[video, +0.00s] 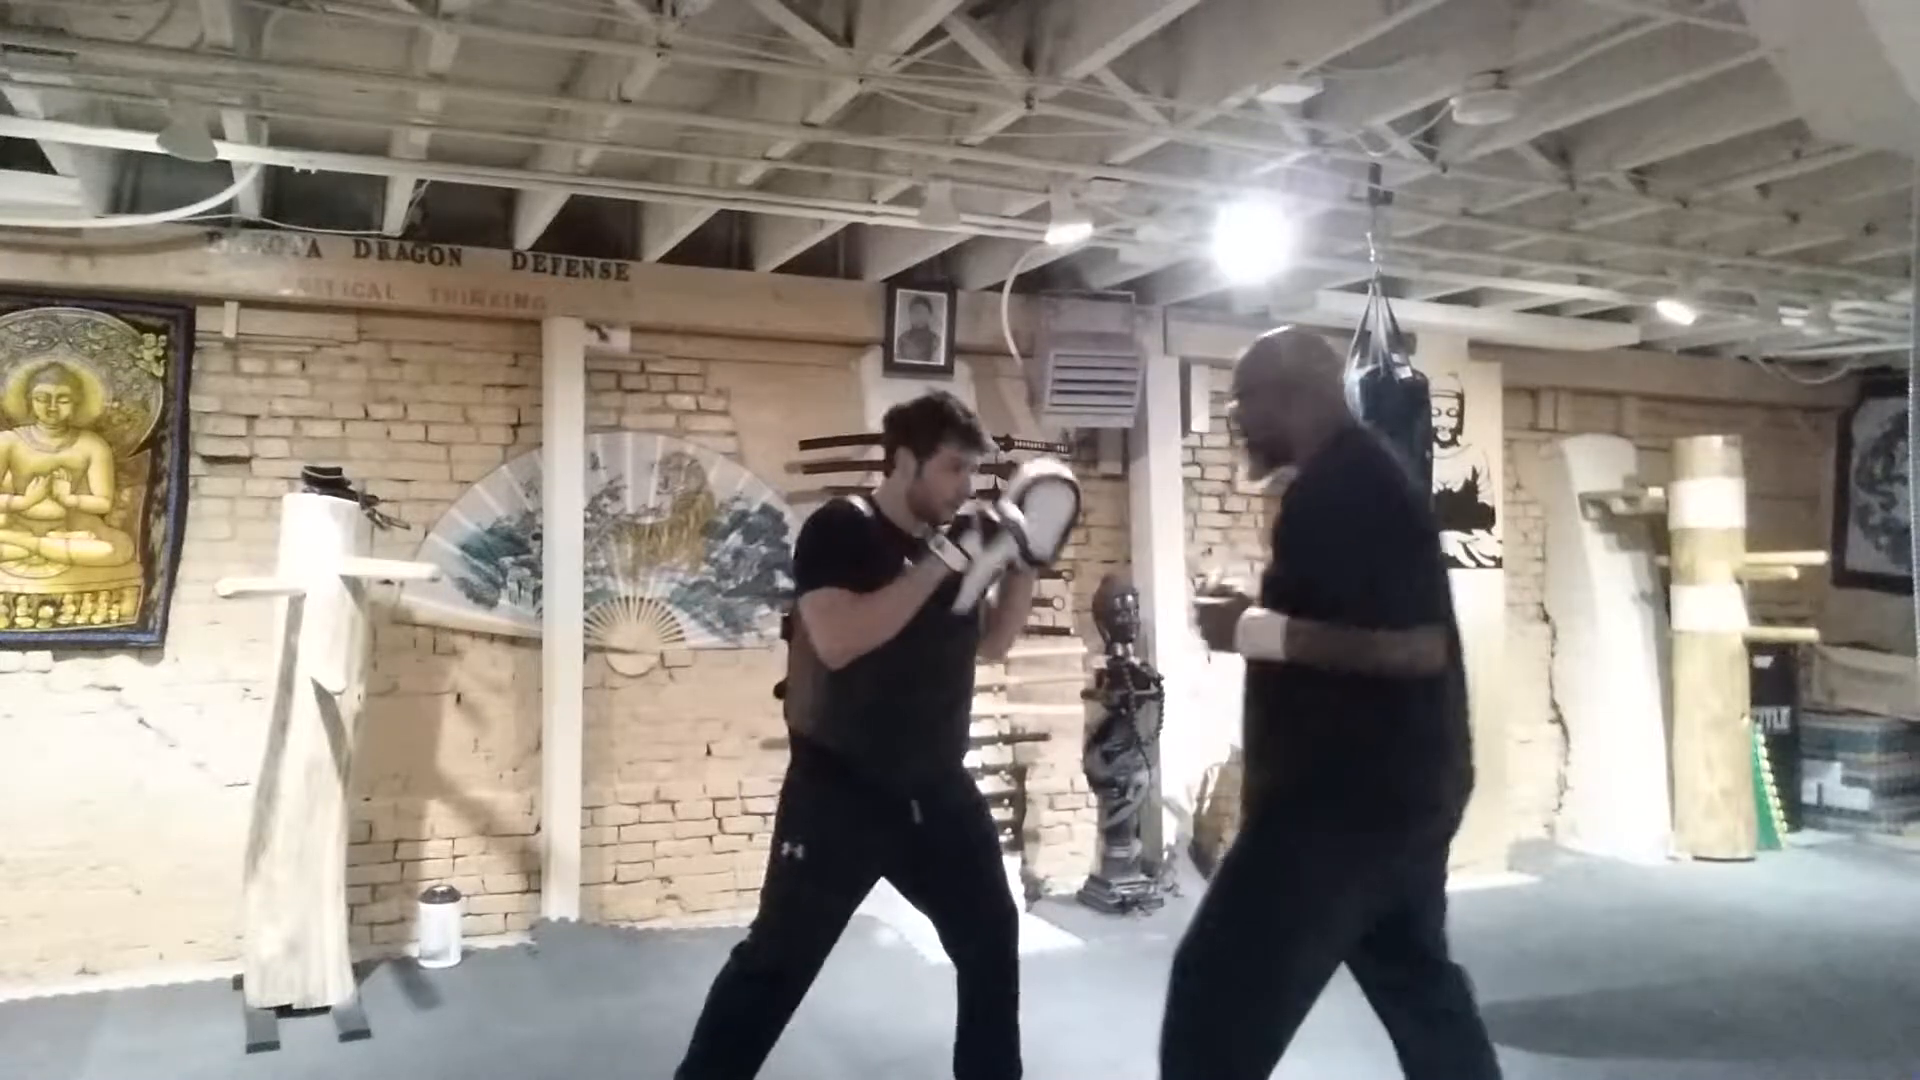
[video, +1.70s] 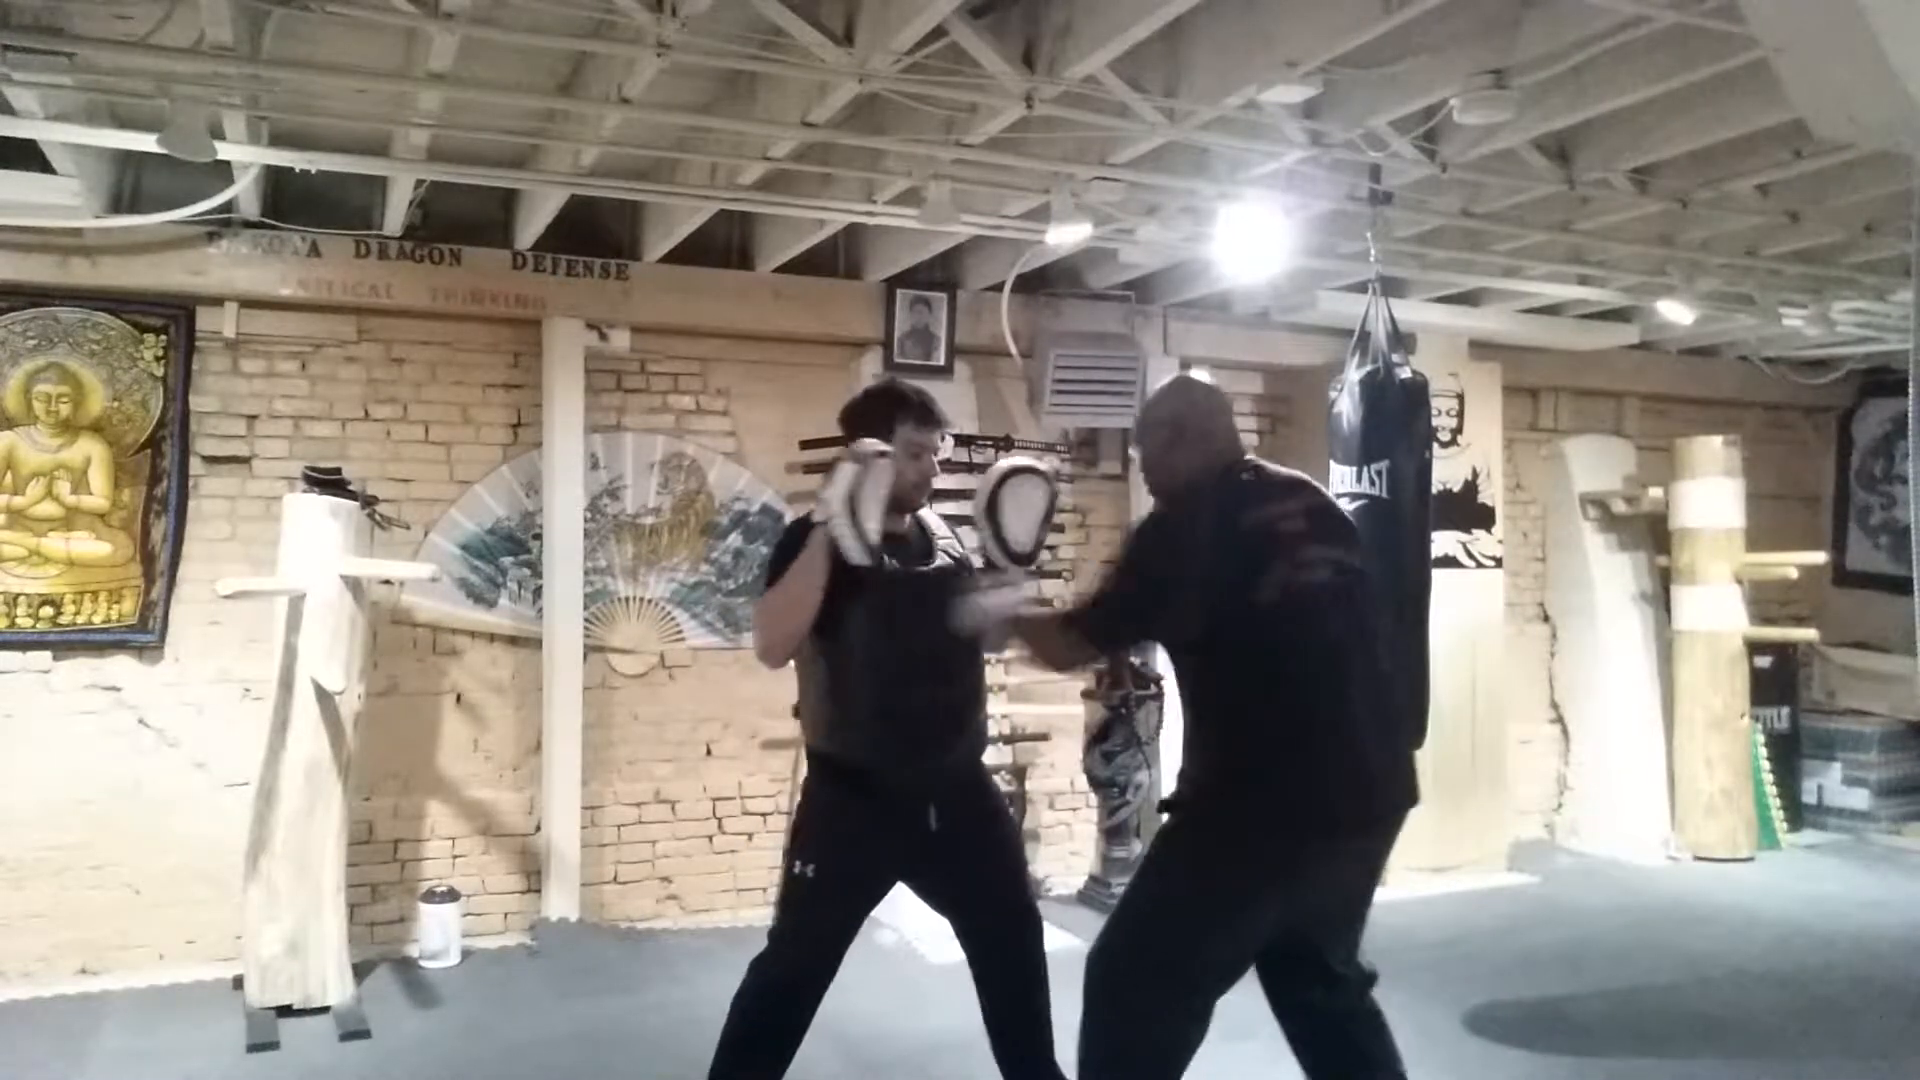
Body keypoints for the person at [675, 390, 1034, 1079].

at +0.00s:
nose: (969, 487)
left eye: (973, 473)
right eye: (958, 469)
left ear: (966, 472)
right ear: (905, 461)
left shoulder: (950, 546)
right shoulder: (836, 528)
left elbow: (992, 643)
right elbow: (835, 640)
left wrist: (1024, 557)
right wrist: (942, 563)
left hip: (936, 790)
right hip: (837, 791)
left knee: (991, 949)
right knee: (776, 964)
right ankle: (702, 1079)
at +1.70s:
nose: (935, 467)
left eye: (937, 452)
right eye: (920, 452)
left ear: (924, 458)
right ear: (869, 455)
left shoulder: (944, 537)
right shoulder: (813, 541)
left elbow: (992, 629)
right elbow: (772, 644)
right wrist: (827, 533)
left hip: (955, 794)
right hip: (851, 800)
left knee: (1014, 947)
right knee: (794, 970)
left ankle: (1036, 1076)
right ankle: (733, 1079)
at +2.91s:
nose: (994, 458)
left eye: (997, 446)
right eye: (981, 442)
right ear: (928, 442)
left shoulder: (991, 532)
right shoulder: (879, 522)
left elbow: (1034, 607)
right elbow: (846, 621)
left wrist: (1093, 526)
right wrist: (932, 511)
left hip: (1001, 785)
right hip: (902, 786)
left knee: (1056, 954)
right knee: (830, 957)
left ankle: (1048, 1079)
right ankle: (736, 1077)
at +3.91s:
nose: (967, 487)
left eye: (970, 471)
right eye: (957, 469)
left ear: (914, 466)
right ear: (904, 462)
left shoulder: (944, 550)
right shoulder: (830, 532)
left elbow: (961, 651)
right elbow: (820, 650)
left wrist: (1015, 598)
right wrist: (940, 578)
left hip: (940, 800)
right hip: (839, 802)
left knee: (1002, 963)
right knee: (773, 977)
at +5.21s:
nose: (1013, 482)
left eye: (1013, 468)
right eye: (996, 466)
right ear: (944, 470)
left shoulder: (1001, 567)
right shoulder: (882, 556)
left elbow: (1015, 659)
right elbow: (839, 674)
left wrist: (1054, 627)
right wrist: (963, 656)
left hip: (999, 813)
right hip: (894, 815)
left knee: (1077, 945)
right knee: (801, 976)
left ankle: (1089, 1076)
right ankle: (728, 1078)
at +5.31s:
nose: (1055, 481)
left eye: (1057, 467)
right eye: (1038, 465)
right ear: (984, 470)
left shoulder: (1053, 564)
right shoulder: (923, 553)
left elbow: (1077, 674)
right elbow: (885, 677)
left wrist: (1096, 670)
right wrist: (1001, 679)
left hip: (1041, 809)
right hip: (931, 808)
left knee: (1109, 946)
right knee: (855, 970)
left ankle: (1099, 1079)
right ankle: (793, 1076)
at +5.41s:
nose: (1071, 463)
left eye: (1074, 450)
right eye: (1054, 449)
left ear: (1073, 454)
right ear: (1000, 455)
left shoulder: (1078, 542)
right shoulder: (945, 533)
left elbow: (1114, 635)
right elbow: (903, 655)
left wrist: (1147, 624)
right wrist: (1034, 656)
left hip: (1060, 793)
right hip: (952, 791)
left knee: (1115, 938)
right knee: (895, 955)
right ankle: (853, 1073)